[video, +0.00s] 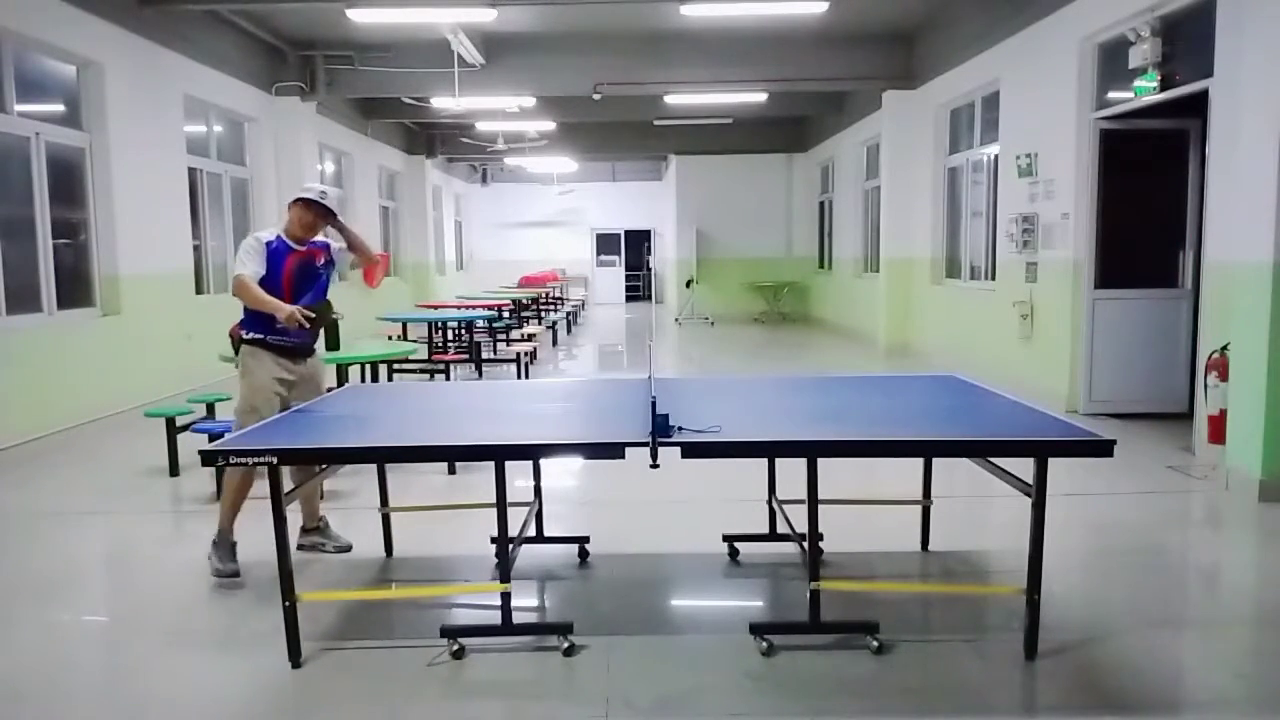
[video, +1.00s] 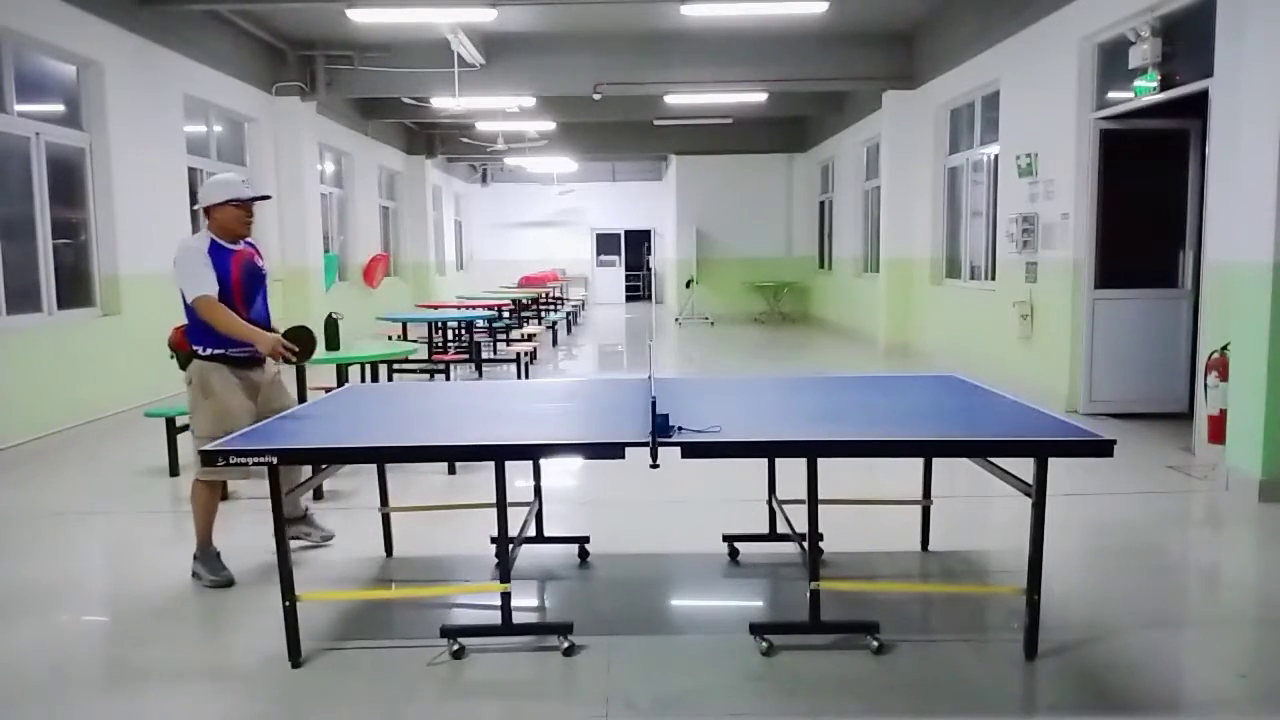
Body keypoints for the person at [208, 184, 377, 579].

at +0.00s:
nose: (315, 222)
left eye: (321, 217)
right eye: (310, 211)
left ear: (324, 223)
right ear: (293, 208)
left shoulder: (325, 251)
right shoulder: (259, 242)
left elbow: (368, 260)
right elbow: (242, 286)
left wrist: (341, 226)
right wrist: (281, 309)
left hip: (307, 358)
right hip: (262, 356)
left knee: (309, 443)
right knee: (248, 446)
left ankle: (313, 526)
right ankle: (224, 538)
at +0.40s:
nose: (271, 228)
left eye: (275, 223)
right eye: (265, 220)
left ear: (273, 225)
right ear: (241, 215)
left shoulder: (271, 254)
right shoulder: (213, 253)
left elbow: (311, 270)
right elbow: (218, 305)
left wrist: (290, 235)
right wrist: (270, 333)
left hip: (260, 374)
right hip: (219, 374)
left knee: (288, 452)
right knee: (221, 466)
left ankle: (296, 530)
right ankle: (205, 553)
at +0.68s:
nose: (244, 212)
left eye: (245, 205)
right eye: (235, 205)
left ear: (238, 209)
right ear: (207, 210)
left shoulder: (244, 249)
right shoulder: (190, 252)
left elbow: (265, 291)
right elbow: (207, 310)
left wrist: (301, 295)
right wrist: (259, 341)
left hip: (251, 367)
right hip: (210, 370)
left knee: (263, 455)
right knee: (211, 464)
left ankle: (274, 535)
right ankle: (204, 553)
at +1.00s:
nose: (250, 214)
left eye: (251, 207)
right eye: (241, 207)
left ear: (244, 210)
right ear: (214, 211)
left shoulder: (250, 249)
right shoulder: (193, 250)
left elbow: (252, 308)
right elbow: (207, 309)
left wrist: (272, 341)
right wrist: (263, 338)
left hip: (259, 367)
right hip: (215, 371)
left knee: (290, 438)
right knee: (212, 462)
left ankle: (293, 518)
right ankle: (205, 551)